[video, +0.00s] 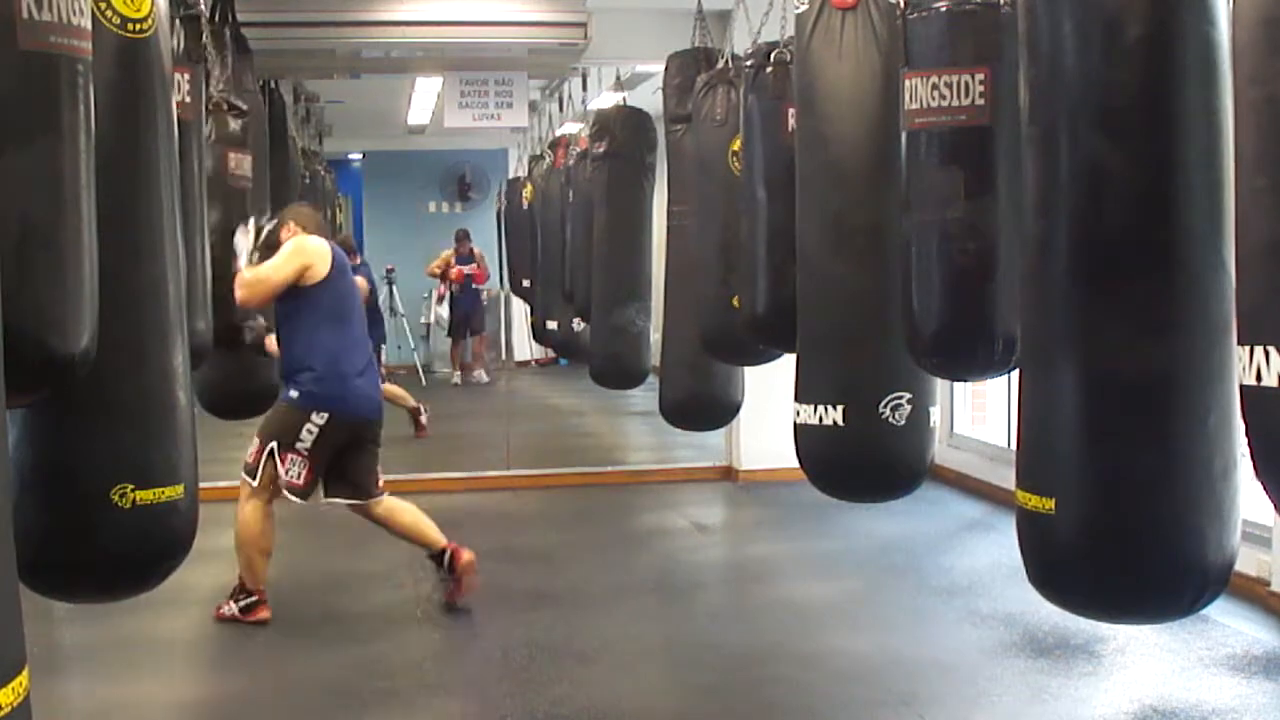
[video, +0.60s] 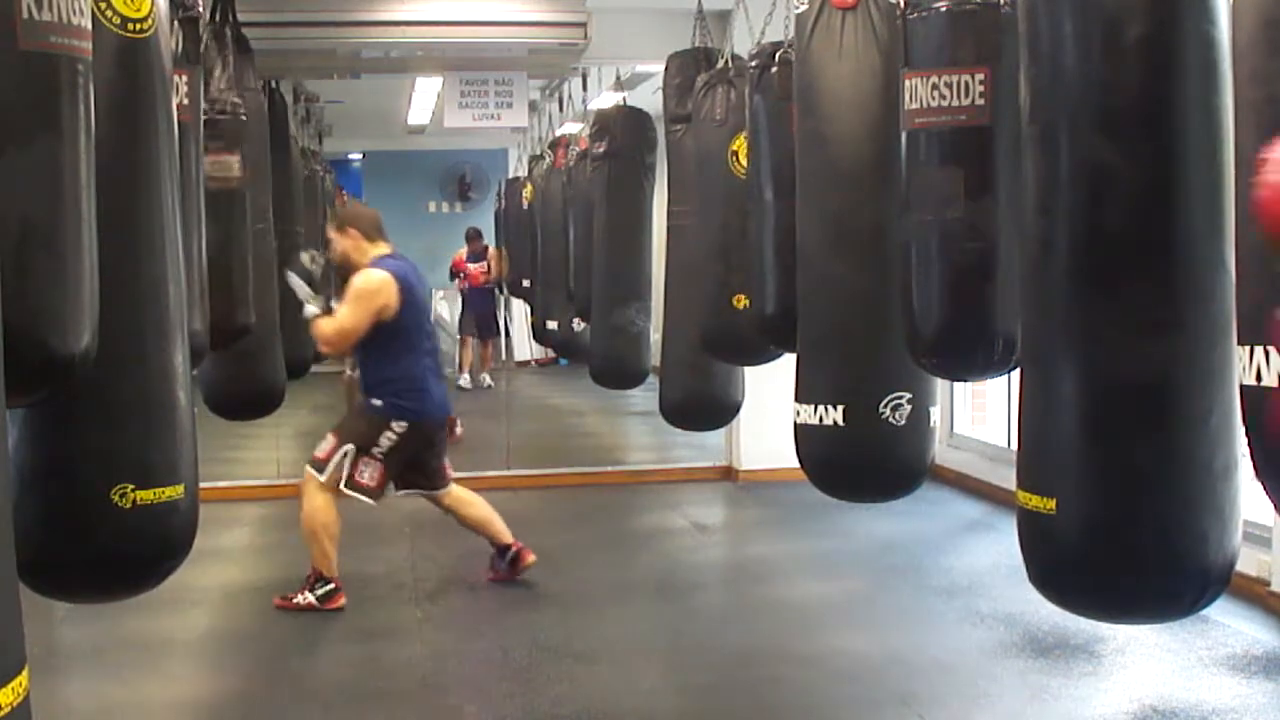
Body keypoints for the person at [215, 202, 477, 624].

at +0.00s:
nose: (279, 240)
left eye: (280, 233)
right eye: (279, 235)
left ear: (292, 229)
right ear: (323, 229)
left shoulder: (305, 248)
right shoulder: (345, 269)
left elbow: (245, 293)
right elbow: (325, 344)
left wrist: (245, 256)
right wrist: (273, 344)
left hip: (316, 396)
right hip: (364, 397)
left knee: (255, 489)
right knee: (365, 496)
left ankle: (250, 596)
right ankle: (447, 553)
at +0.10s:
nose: (272, 252)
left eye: (274, 246)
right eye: (273, 247)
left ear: (286, 243)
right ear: (319, 246)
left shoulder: (283, 262)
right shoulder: (352, 284)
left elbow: (235, 323)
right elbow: (362, 355)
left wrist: (258, 280)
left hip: (311, 399)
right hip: (363, 402)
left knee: (246, 492)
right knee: (376, 497)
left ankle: (251, 593)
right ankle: (431, 572)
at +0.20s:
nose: (273, 264)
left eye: (274, 259)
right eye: (273, 259)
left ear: (285, 256)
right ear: (324, 254)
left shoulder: (274, 280)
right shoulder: (370, 285)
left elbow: (238, 346)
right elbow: (410, 345)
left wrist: (253, 298)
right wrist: (386, 374)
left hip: (311, 412)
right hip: (367, 415)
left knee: (246, 495)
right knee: (386, 500)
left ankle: (251, 593)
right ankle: (438, 575)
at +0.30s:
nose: (265, 247)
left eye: (264, 240)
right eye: (265, 241)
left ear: (275, 235)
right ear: (312, 229)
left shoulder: (283, 265)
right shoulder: (365, 260)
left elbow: (251, 334)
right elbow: (420, 306)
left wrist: (259, 289)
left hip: (334, 392)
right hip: (387, 392)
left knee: (279, 485)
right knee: (397, 483)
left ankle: (257, 585)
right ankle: (444, 560)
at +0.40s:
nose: (273, 236)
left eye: (273, 226)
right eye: (270, 228)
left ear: (291, 217)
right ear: (312, 215)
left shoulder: (317, 255)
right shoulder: (350, 244)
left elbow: (277, 315)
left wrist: (257, 280)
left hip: (361, 382)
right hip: (399, 378)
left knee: (291, 465)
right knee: (406, 476)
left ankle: (298, 567)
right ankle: (475, 544)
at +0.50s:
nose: (300, 240)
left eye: (301, 229)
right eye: (298, 231)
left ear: (321, 222)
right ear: (339, 221)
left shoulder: (347, 264)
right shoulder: (368, 255)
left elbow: (305, 324)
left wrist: (284, 289)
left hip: (374, 396)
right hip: (406, 390)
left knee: (306, 479)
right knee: (423, 478)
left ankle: (323, 583)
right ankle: (499, 542)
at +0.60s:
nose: (331, 252)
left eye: (333, 241)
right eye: (329, 243)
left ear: (352, 236)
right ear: (367, 234)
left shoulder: (372, 279)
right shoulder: (403, 269)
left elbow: (332, 339)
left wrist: (314, 309)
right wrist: (333, 307)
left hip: (391, 408)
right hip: (428, 407)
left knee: (317, 481)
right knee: (440, 487)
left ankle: (323, 582)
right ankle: (509, 548)